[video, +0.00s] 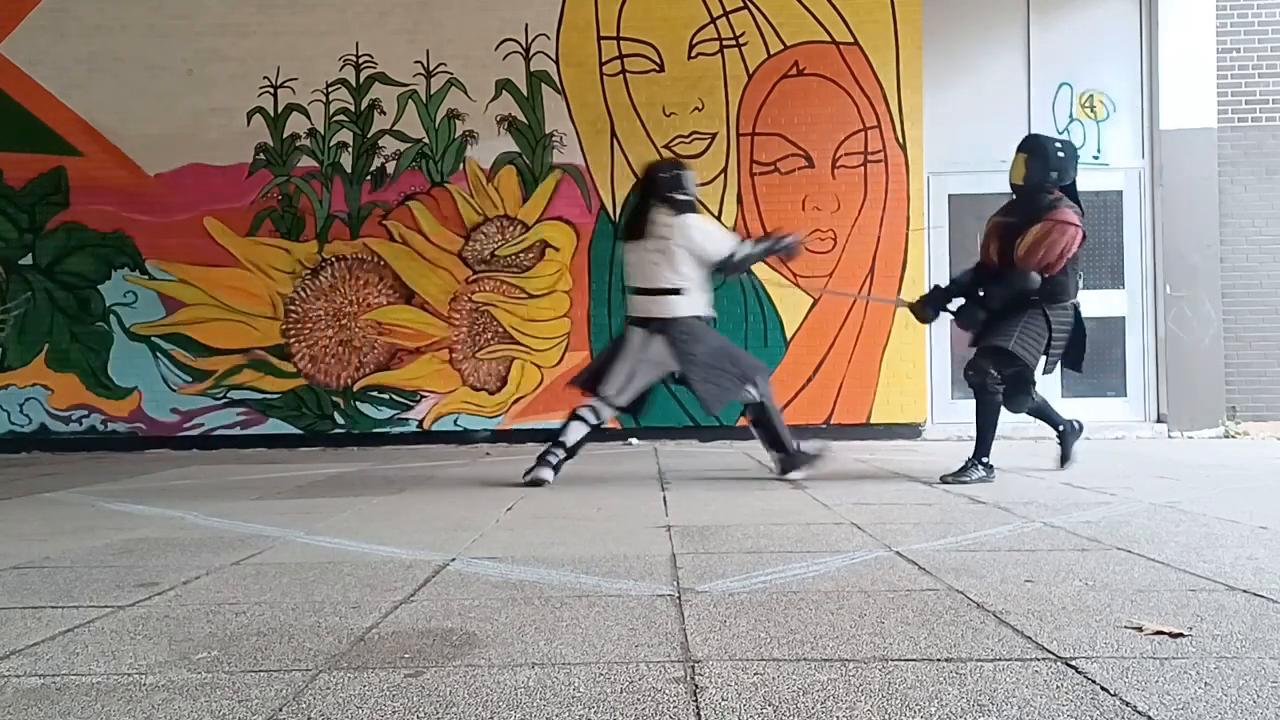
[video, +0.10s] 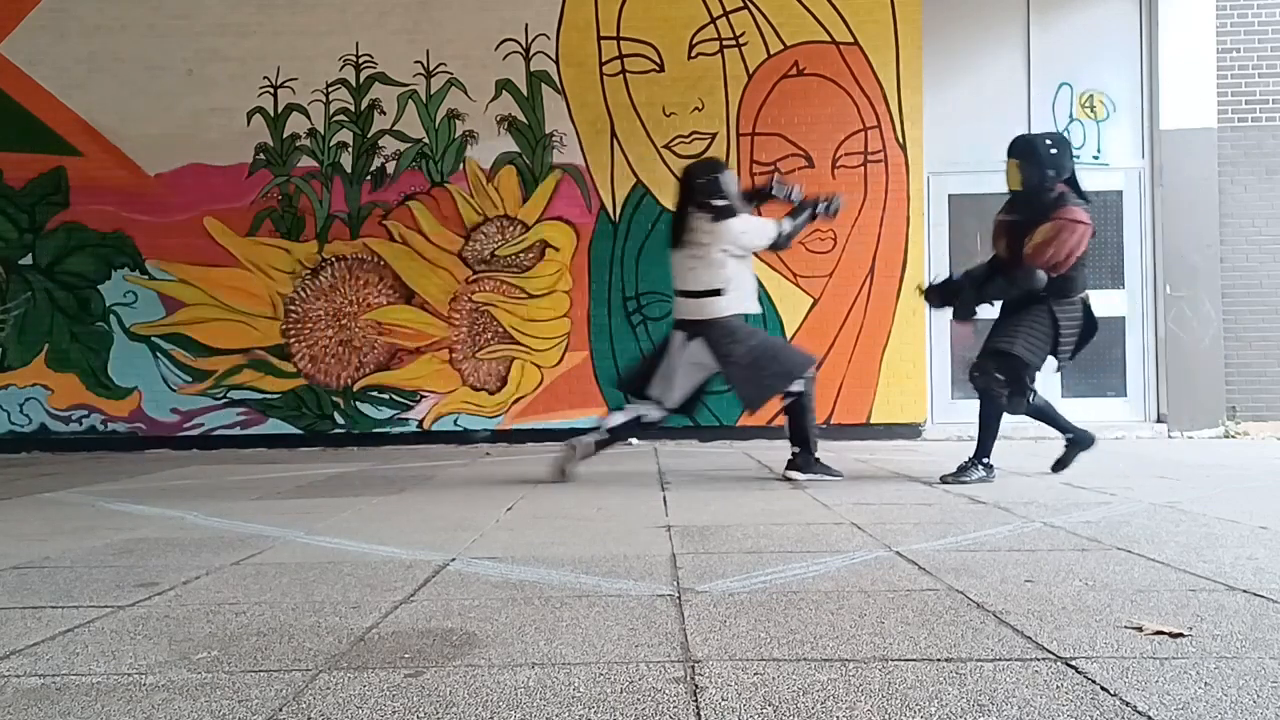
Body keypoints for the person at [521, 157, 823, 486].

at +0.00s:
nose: (693, 194)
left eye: (689, 188)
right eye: (689, 188)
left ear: (649, 193)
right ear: (679, 191)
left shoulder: (634, 229)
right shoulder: (688, 224)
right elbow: (732, 256)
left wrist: (751, 249)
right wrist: (774, 246)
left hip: (641, 332)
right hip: (685, 333)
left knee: (604, 402)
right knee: (753, 379)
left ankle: (548, 463)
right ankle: (789, 456)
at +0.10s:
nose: (732, 192)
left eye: (731, 188)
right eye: (728, 188)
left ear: (692, 195)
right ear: (717, 195)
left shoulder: (685, 223)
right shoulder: (728, 226)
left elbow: (728, 205)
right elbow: (781, 234)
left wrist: (763, 192)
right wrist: (810, 208)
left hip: (687, 331)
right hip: (723, 331)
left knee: (658, 406)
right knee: (799, 372)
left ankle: (588, 443)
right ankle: (805, 458)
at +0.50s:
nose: (809, 169)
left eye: (804, 164)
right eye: (805, 163)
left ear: (768, 169)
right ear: (799, 170)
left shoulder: (756, 202)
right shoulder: (808, 200)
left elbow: (766, 163)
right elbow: (850, 170)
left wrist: (782, 118)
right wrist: (824, 134)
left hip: (768, 302)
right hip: (799, 303)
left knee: (811, 376)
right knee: (844, 381)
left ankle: (810, 451)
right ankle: (807, 455)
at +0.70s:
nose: (830, 151)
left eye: (828, 145)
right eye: (826, 145)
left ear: (790, 164)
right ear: (807, 163)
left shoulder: (793, 204)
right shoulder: (794, 205)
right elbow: (836, 179)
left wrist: (791, 147)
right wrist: (805, 143)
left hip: (815, 305)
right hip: (803, 306)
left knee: (852, 375)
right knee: (825, 376)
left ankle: (851, 443)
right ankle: (808, 446)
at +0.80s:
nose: (818, 185)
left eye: (819, 179)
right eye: (812, 180)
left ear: (820, 181)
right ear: (795, 184)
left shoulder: (827, 209)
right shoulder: (779, 221)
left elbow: (854, 189)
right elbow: (802, 202)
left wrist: (840, 157)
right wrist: (795, 166)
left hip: (827, 312)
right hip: (798, 311)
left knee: (861, 378)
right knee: (819, 371)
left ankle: (848, 447)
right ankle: (801, 451)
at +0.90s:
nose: (812, 199)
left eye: (817, 193)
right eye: (806, 193)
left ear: (822, 197)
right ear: (791, 195)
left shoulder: (829, 230)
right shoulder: (778, 233)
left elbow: (863, 222)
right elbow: (777, 226)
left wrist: (837, 198)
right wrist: (787, 190)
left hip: (826, 318)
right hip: (793, 317)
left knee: (868, 378)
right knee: (806, 376)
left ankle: (850, 446)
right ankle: (776, 441)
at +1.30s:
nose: (746, 218)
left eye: (751, 211)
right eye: (739, 212)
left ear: (758, 213)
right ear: (725, 212)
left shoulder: (765, 249)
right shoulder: (706, 241)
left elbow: (765, 296)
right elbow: (668, 278)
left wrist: (722, 293)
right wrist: (696, 261)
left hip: (748, 333)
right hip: (708, 332)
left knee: (774, 386)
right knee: (688, 392)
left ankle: (821, 444)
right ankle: (716, 449)